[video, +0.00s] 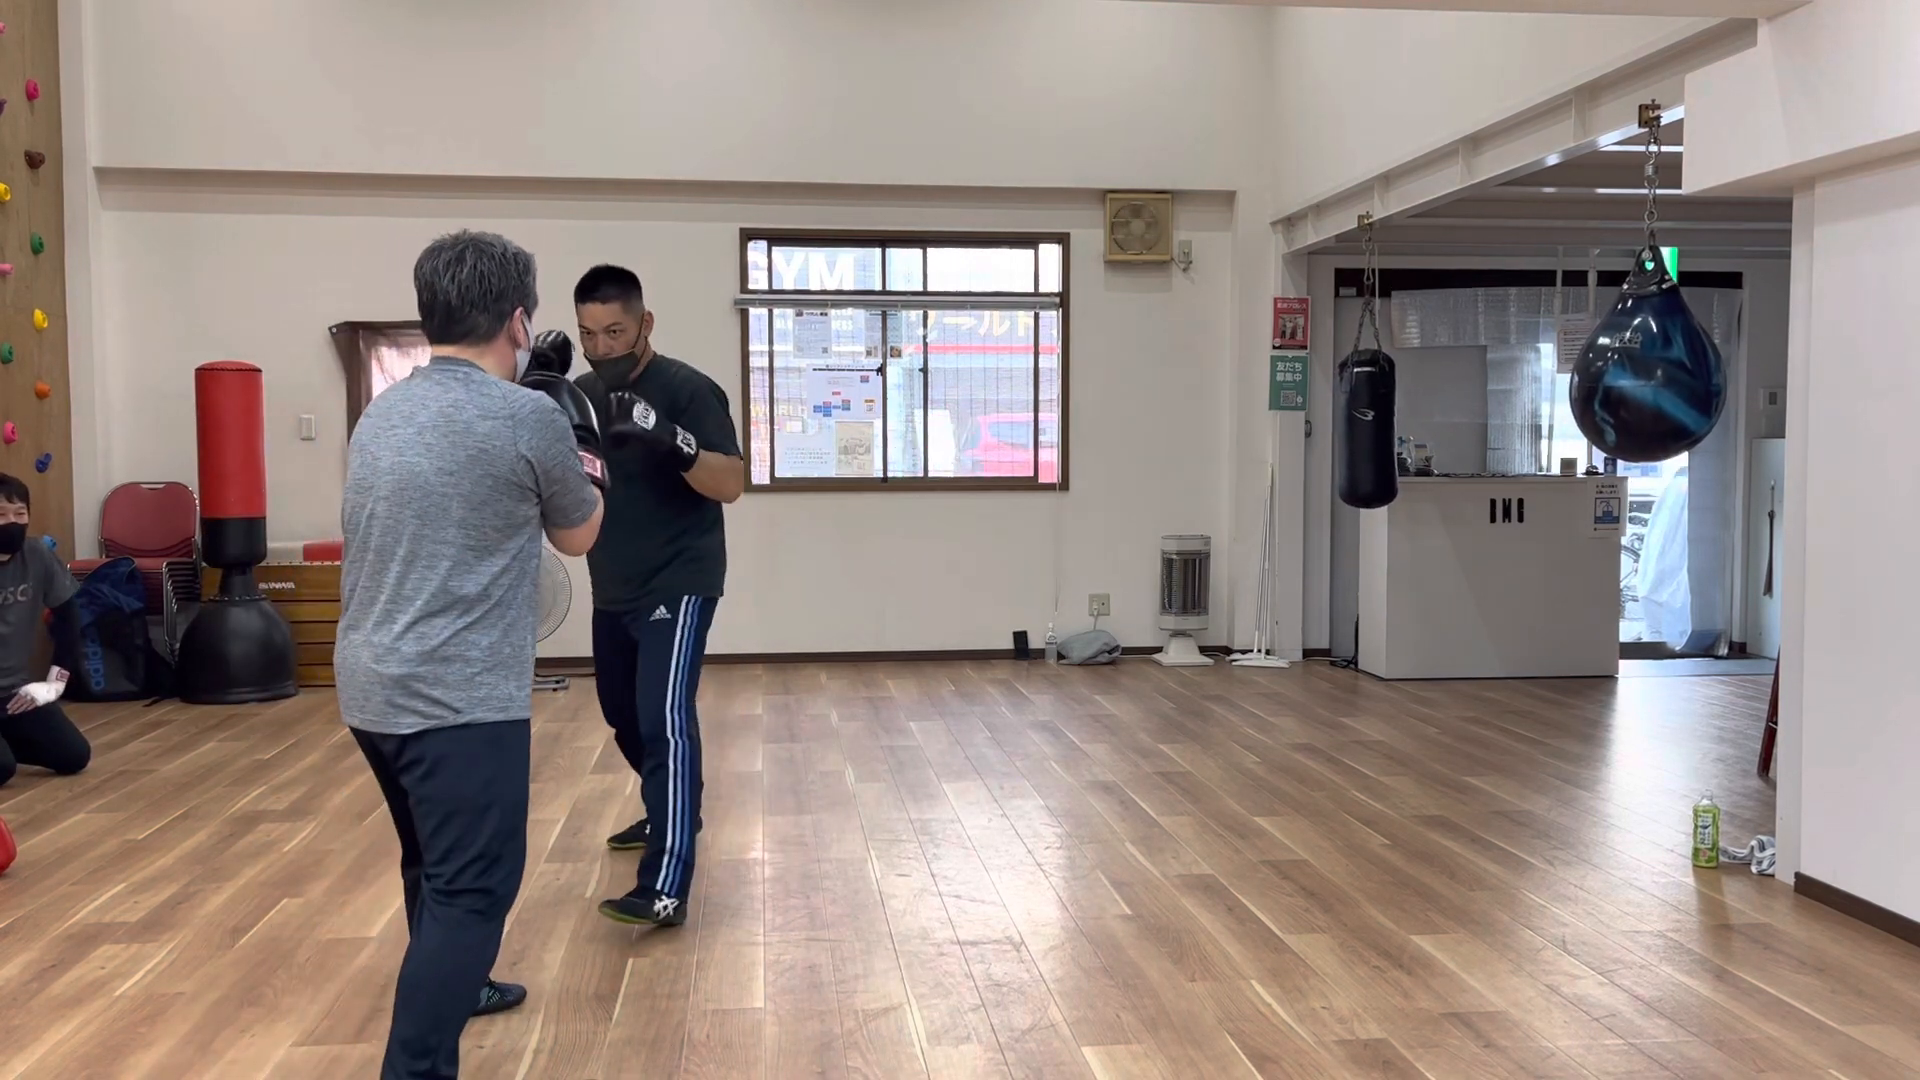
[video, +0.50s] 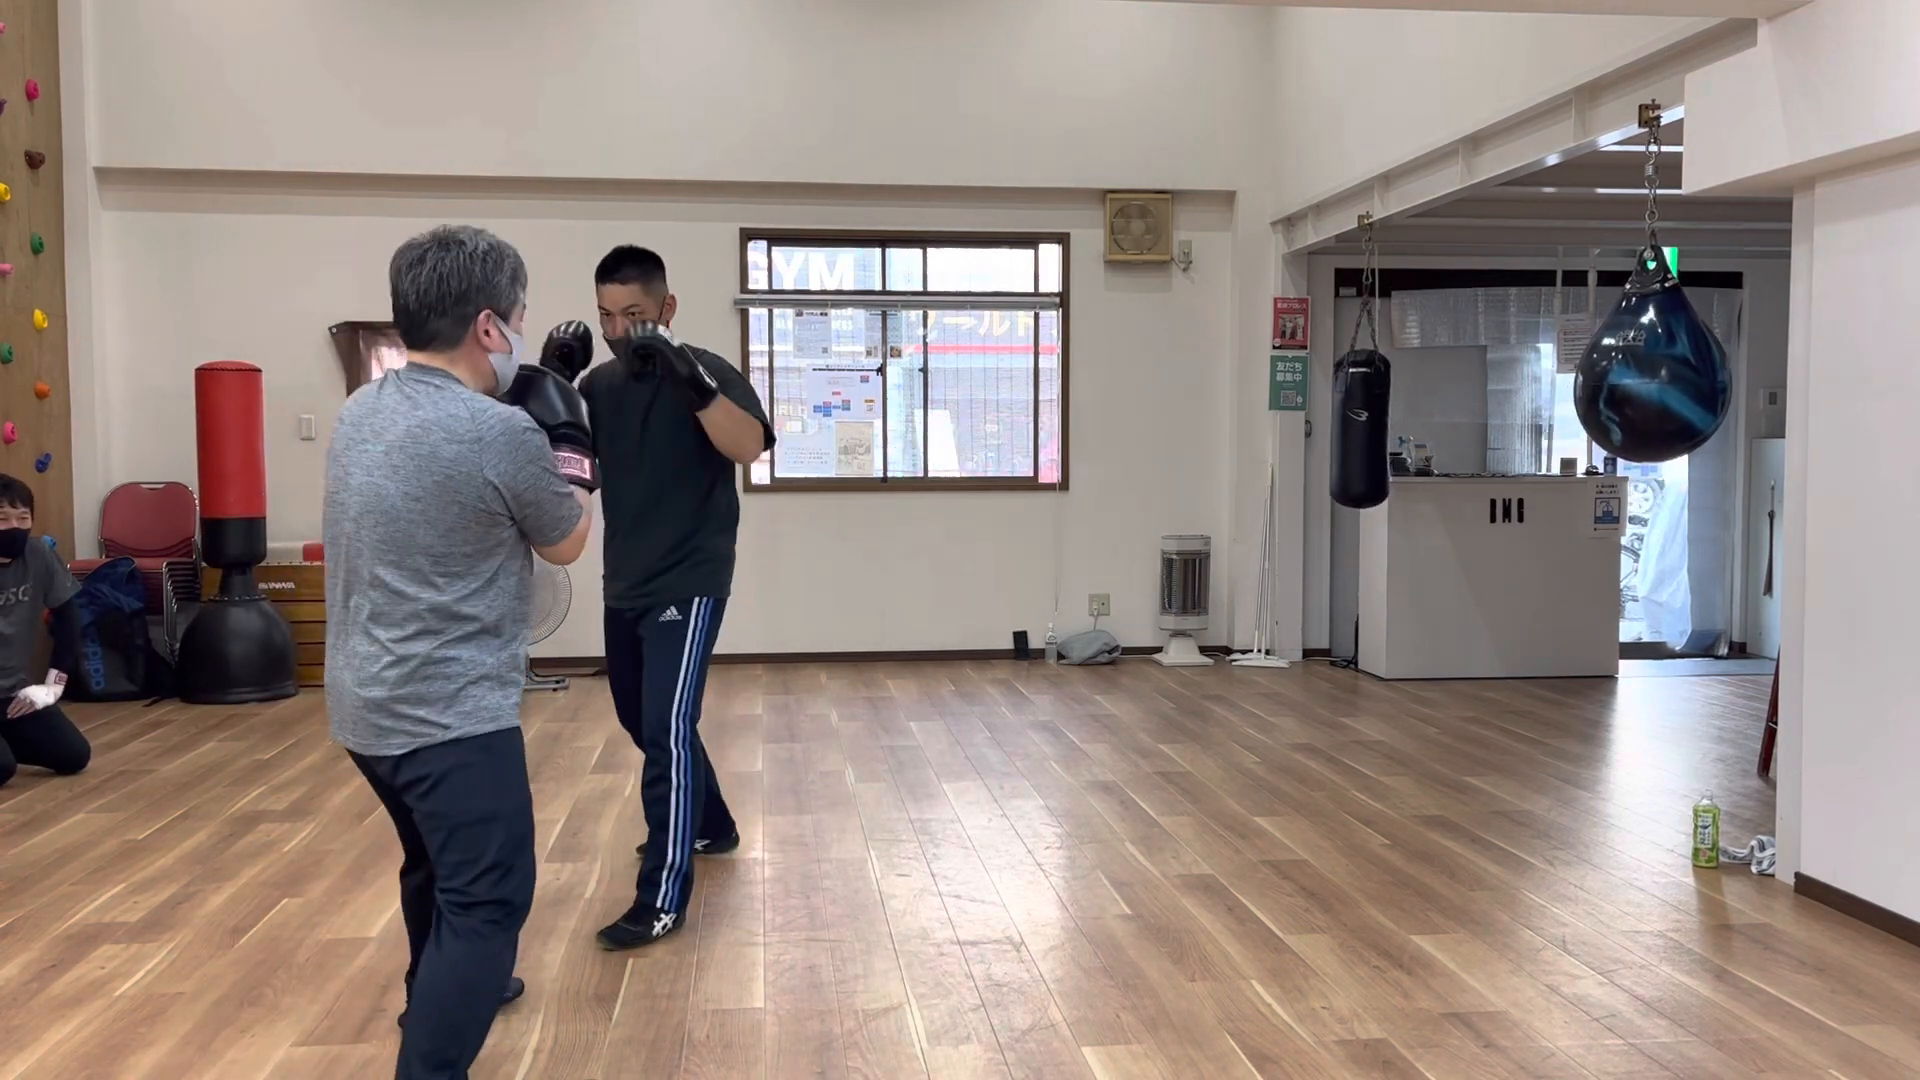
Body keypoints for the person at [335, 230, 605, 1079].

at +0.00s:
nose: (532, 325)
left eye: (532, 314)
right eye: (531, 313)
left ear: (428, 319)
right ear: (516, 321)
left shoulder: (382, 409)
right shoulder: (528, 416)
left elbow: (430, 509)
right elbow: (577, 533)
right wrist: (572, 461)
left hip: (370, 689)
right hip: (465, 698)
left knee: (429, 854)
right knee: (468, 891)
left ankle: (448, 978)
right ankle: (414, 1068)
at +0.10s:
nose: (536, 323)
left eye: (536, 311)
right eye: (533, 310)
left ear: (431, 318)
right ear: (518, 321)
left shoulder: (387, 409)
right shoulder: (525, 419)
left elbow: (445, 503)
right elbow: (584, 531)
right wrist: (576, 455)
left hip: (375, 691)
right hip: (467, 699)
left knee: (439, 852)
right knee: (468, 894)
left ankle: (450, 978)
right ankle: (415, 1069)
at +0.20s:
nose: (536, 327)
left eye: (537, 315)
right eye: (534, 314)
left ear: (432, 321)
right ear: (519, 325)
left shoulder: (392, 405)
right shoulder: (523, 422)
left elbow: (455, 495)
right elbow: (582, 532)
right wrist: (580, 454)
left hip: (376, 692)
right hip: (464, 702)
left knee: (440, 853)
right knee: (475, 893)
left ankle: (449, 980)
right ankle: (418, 1067)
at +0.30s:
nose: (532, 332)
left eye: (533, 317)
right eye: (529, 318)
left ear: (432, 319)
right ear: (514, 329)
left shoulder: (390, 395)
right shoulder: (512, 428)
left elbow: (456, 481)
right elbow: (573, 537)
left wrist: (524, 405)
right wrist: (559, 443)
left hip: (373, 688)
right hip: (460, 698)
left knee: (441, 851)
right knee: (502, 877)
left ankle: (447, 983)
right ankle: (430, 1062)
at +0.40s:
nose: (522, 324)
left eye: (521, 308)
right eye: (518, 309)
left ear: (419, 314)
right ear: (503, 323)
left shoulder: (379, 394)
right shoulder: (508, 430)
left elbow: (440, 479)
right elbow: (567, 539)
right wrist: (556, 438)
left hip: (371, 692)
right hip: (459, 704)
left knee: (441, 853)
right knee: (491, 883)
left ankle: (444, 984)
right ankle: (436, 1064)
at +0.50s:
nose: (516, 336)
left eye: (518, 319)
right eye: (515, 318)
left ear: (408, 317)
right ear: (488, 326)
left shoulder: (357, 412)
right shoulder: (495, 430)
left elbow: (426, 503)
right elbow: (566, 542)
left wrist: (517, 414)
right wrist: (562, 437)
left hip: (364, 709)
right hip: (455, 718)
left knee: (433, 863)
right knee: (484, 905)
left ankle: (445, 988)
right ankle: (430, 1067)